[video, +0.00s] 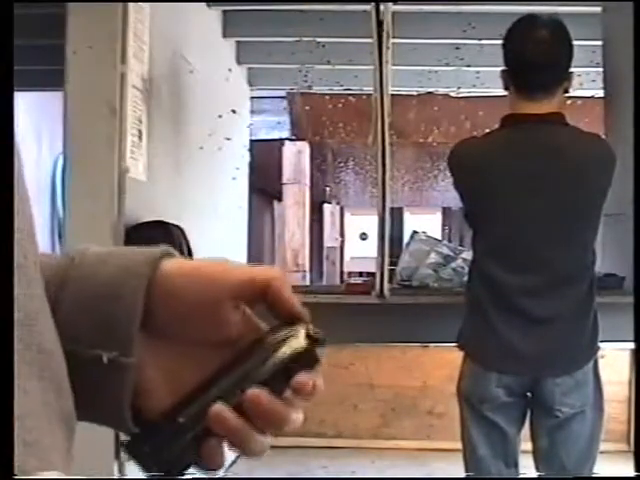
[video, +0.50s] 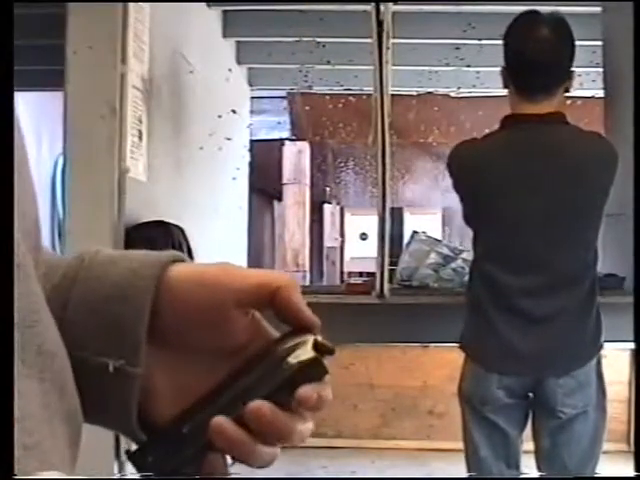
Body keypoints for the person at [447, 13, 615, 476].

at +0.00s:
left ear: (505, 79)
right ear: (568, 81)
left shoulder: (468, 158)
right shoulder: (598, 156)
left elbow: (485, 219)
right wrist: (550, 120)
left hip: (491, 357)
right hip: (568, 359)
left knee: (489, 472)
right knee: (568, 472)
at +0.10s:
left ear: (505, 80)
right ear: (568, 81)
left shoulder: (468, 158)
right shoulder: (598, 156)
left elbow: (481, 219)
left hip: (491, 357)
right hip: (568, 359)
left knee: (489, 472)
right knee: (568, 472)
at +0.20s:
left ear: (505, 79)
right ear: (570, 81)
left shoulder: (468, 159)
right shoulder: (599, 155)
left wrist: (534, 122)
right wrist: (549, 117)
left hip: (491, 357)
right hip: (569, 359)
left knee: (489, 472)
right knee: (569, 472)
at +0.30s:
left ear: (504, 79)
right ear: (570, 82)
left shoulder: (468, 160)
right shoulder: (600, 157)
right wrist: (549, 120)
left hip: (492, 357)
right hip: (569, 359)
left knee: (490, 472)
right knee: (570, 472)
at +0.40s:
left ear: (504, 79)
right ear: (570, 81)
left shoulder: (467, 160)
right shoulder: (600, 156)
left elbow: (482, 220)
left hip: (493, 357)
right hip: (570, 358)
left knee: (491, 471)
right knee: (571, 472)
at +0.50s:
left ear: (504, 78)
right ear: (570, 81)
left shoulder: (467, 159)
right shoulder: (600, 156)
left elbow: (481, 220)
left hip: (493, 356)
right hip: (571, 358)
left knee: (491, 472)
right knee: (571, 472)